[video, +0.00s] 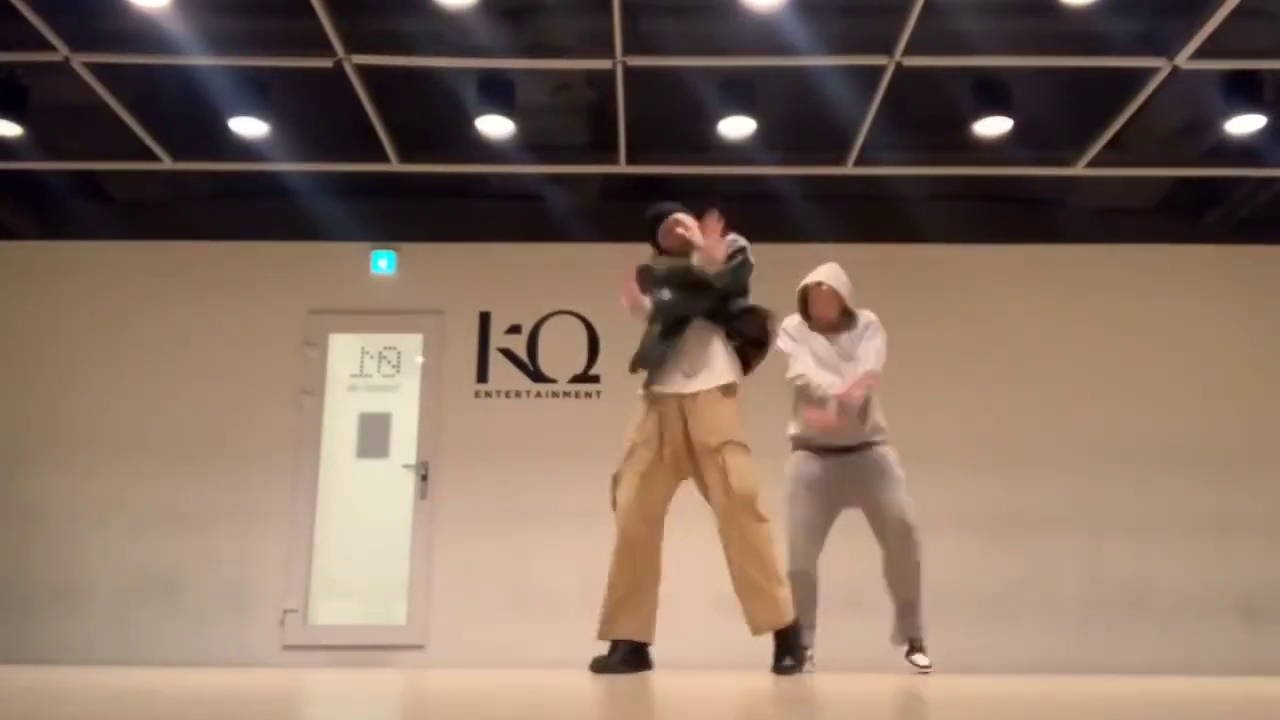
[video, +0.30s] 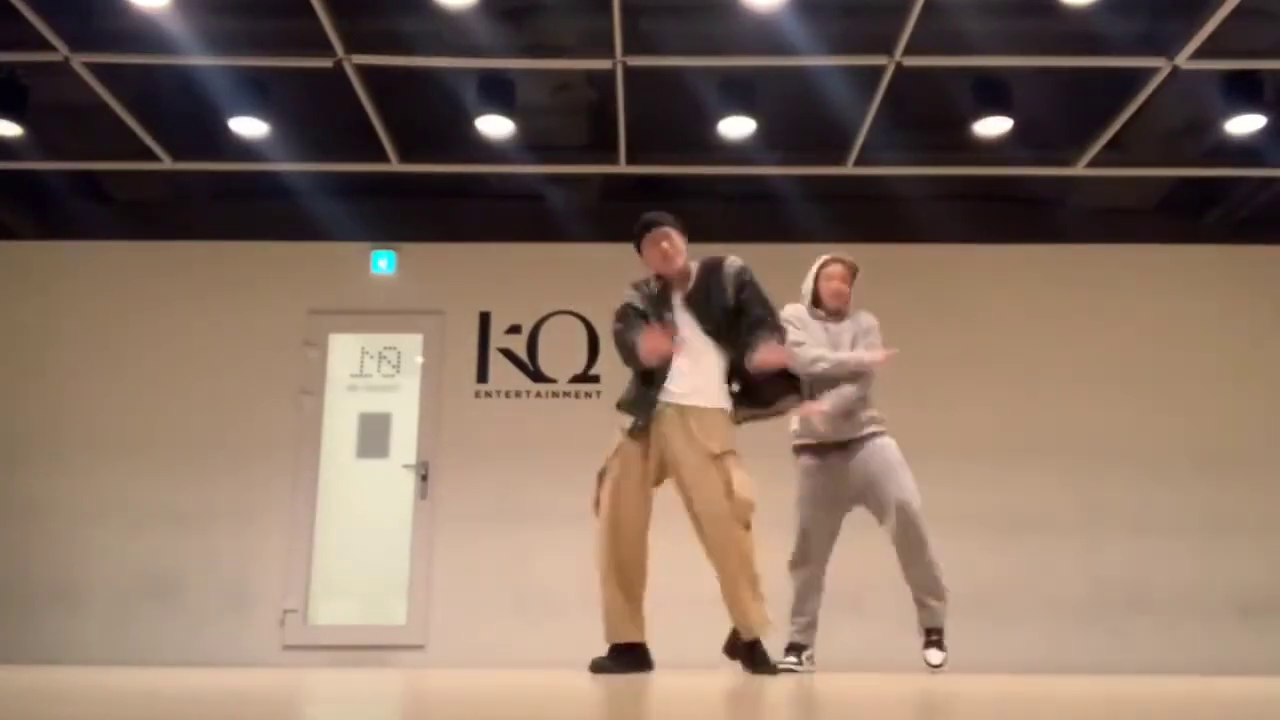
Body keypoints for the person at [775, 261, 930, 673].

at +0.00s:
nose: (819, 301)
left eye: (827, 293)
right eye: (813, 293)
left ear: (843, 298)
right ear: (805, 298)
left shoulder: (867, 325)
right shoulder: (792, 329)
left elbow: (870, 366)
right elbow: (800, 372)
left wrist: (844, 399)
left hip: (869, 454)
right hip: (813, 457)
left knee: (901, 530)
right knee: (800, 554)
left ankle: (913, 637)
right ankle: (801, 644)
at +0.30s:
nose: (839, 287)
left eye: (845, 281)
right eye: (831, 279)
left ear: (852, 289)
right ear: (814, 285)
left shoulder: (864, 324)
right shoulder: (792, 319)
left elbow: (860, 384)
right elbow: (806, 361)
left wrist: (825, 406)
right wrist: (862, 360)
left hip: (868, 443)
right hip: (817, 454)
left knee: (906, 510)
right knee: (808, 553)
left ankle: (932, 627)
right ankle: (799, 644)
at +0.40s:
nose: (838, 281)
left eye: (846, 276)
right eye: (832, 274)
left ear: (858, 288)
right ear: (820, 283)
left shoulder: (876, 331)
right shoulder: (802, 318)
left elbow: (901, 378)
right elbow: (799, 369)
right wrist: (848, 385)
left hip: (872, 448)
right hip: (820, 452)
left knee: (903, 526)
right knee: (813, 552)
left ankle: (916, 638)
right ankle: (800, 644)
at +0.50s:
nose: (857, 282)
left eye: (864, 277)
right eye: (850, 276)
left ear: (876, 287)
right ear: (836, 285)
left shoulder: (895, 335)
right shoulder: (817, 322)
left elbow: (927, 368)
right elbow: (783, 364)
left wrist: (954, 380)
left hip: (882, 456)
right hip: (827, 455)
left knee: (897, 545)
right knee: (811, 551)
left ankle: (906, 647)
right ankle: (799, 645)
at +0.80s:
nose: (869, 290)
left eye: (875, 283)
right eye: (861, 284)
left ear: (888, 293)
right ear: (849, 296)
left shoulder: (909, 341)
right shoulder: (836, 335)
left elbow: (960, 352)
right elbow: (797, 350)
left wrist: (954, 358)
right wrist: (811, 356)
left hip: (910, 443)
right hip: (863, 440)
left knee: (916, 537)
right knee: (885, 527)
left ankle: (907, 644)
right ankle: (877, 640)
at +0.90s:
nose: (877, 283)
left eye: (884, 277)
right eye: (869, 278)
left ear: (896, 289)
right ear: (858, 289)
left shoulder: (915, 333)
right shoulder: (837, 325)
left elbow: (953, 369)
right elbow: (790, 336)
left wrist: (937, 336)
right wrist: (831, 347)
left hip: (910, 442)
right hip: (861, 432)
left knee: (917, 546)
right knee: (873, 490)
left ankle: (907, 646)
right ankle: (865, 610)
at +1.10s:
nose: (877, 288)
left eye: (884, 281)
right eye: (869, 282)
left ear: (897, 290)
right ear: (858, 292)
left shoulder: (918, 330)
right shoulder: (852, 329)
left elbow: (923, 374)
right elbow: (836, 336)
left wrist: (894, 327)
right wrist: (854, 294)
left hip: (906, 449)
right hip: (857, 442)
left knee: (908, 547)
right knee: (843, 514)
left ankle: (906, 644)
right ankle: (868, 594)